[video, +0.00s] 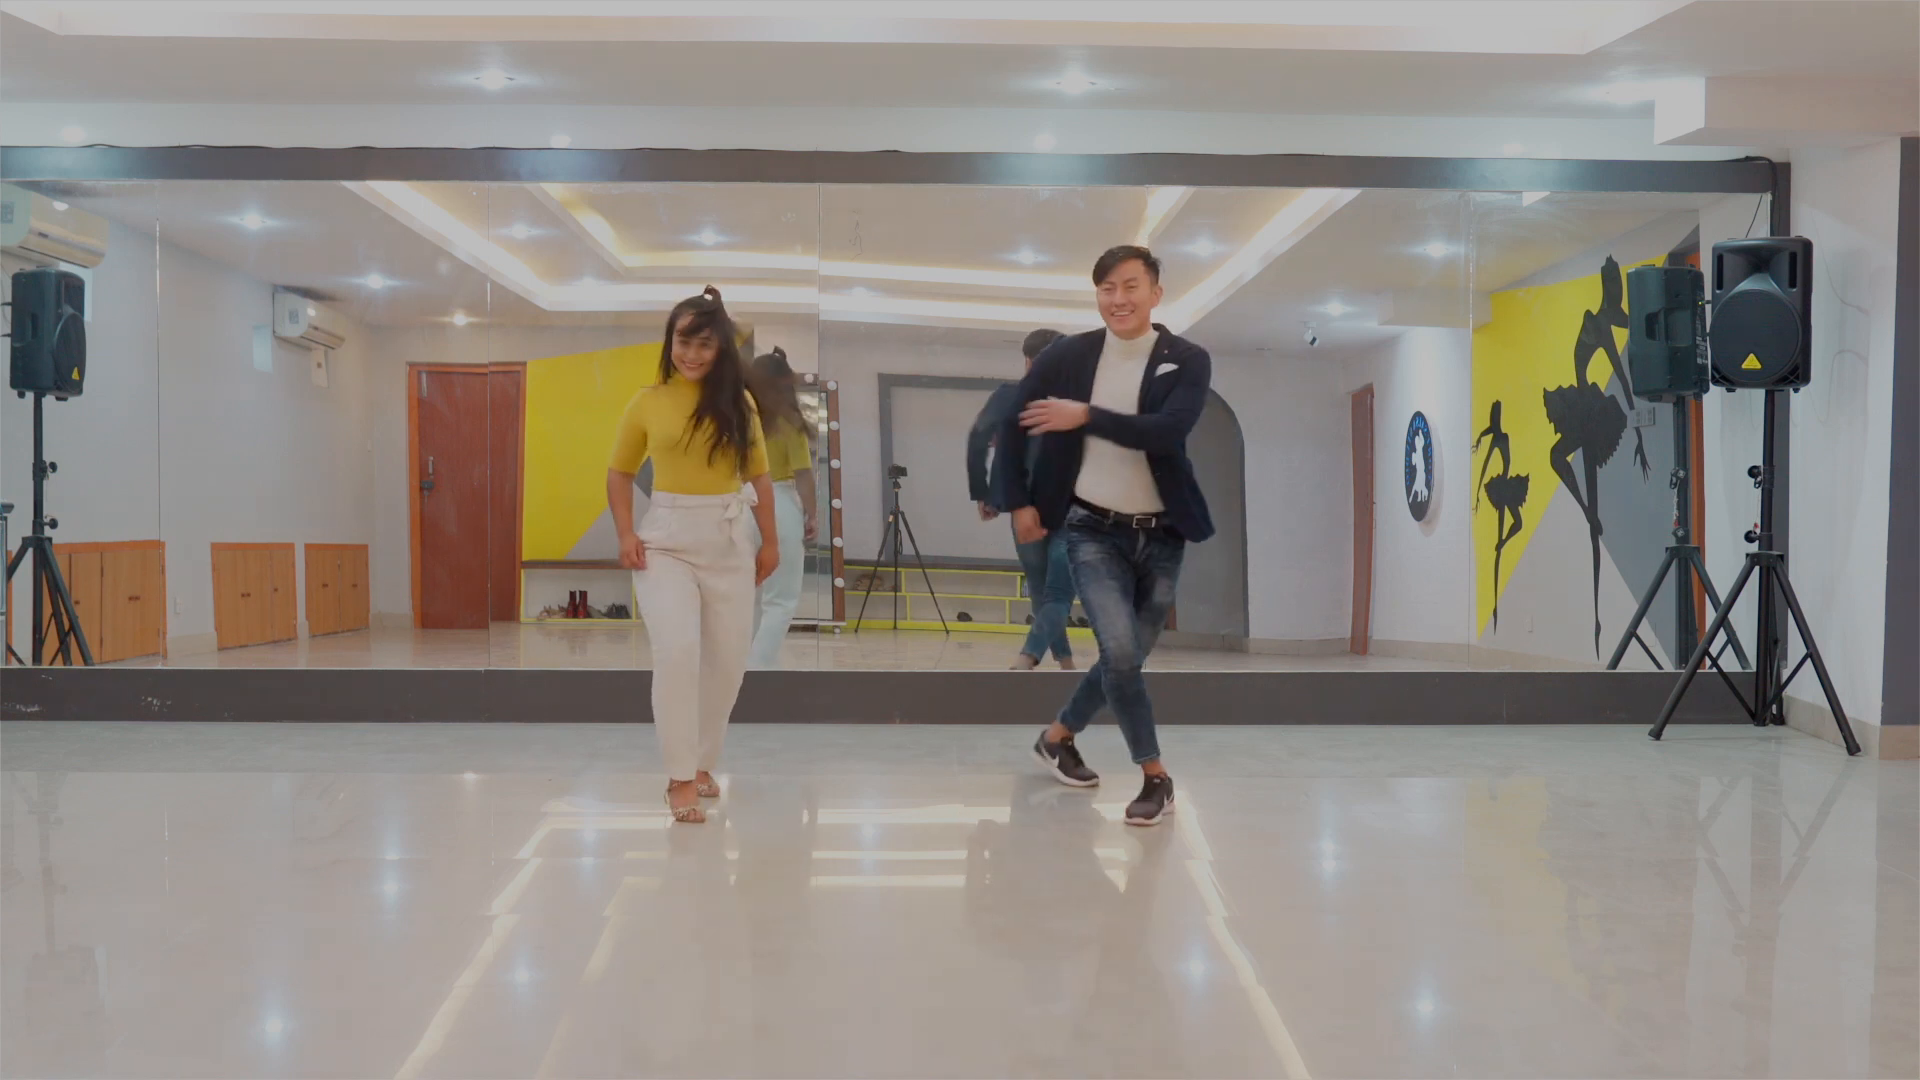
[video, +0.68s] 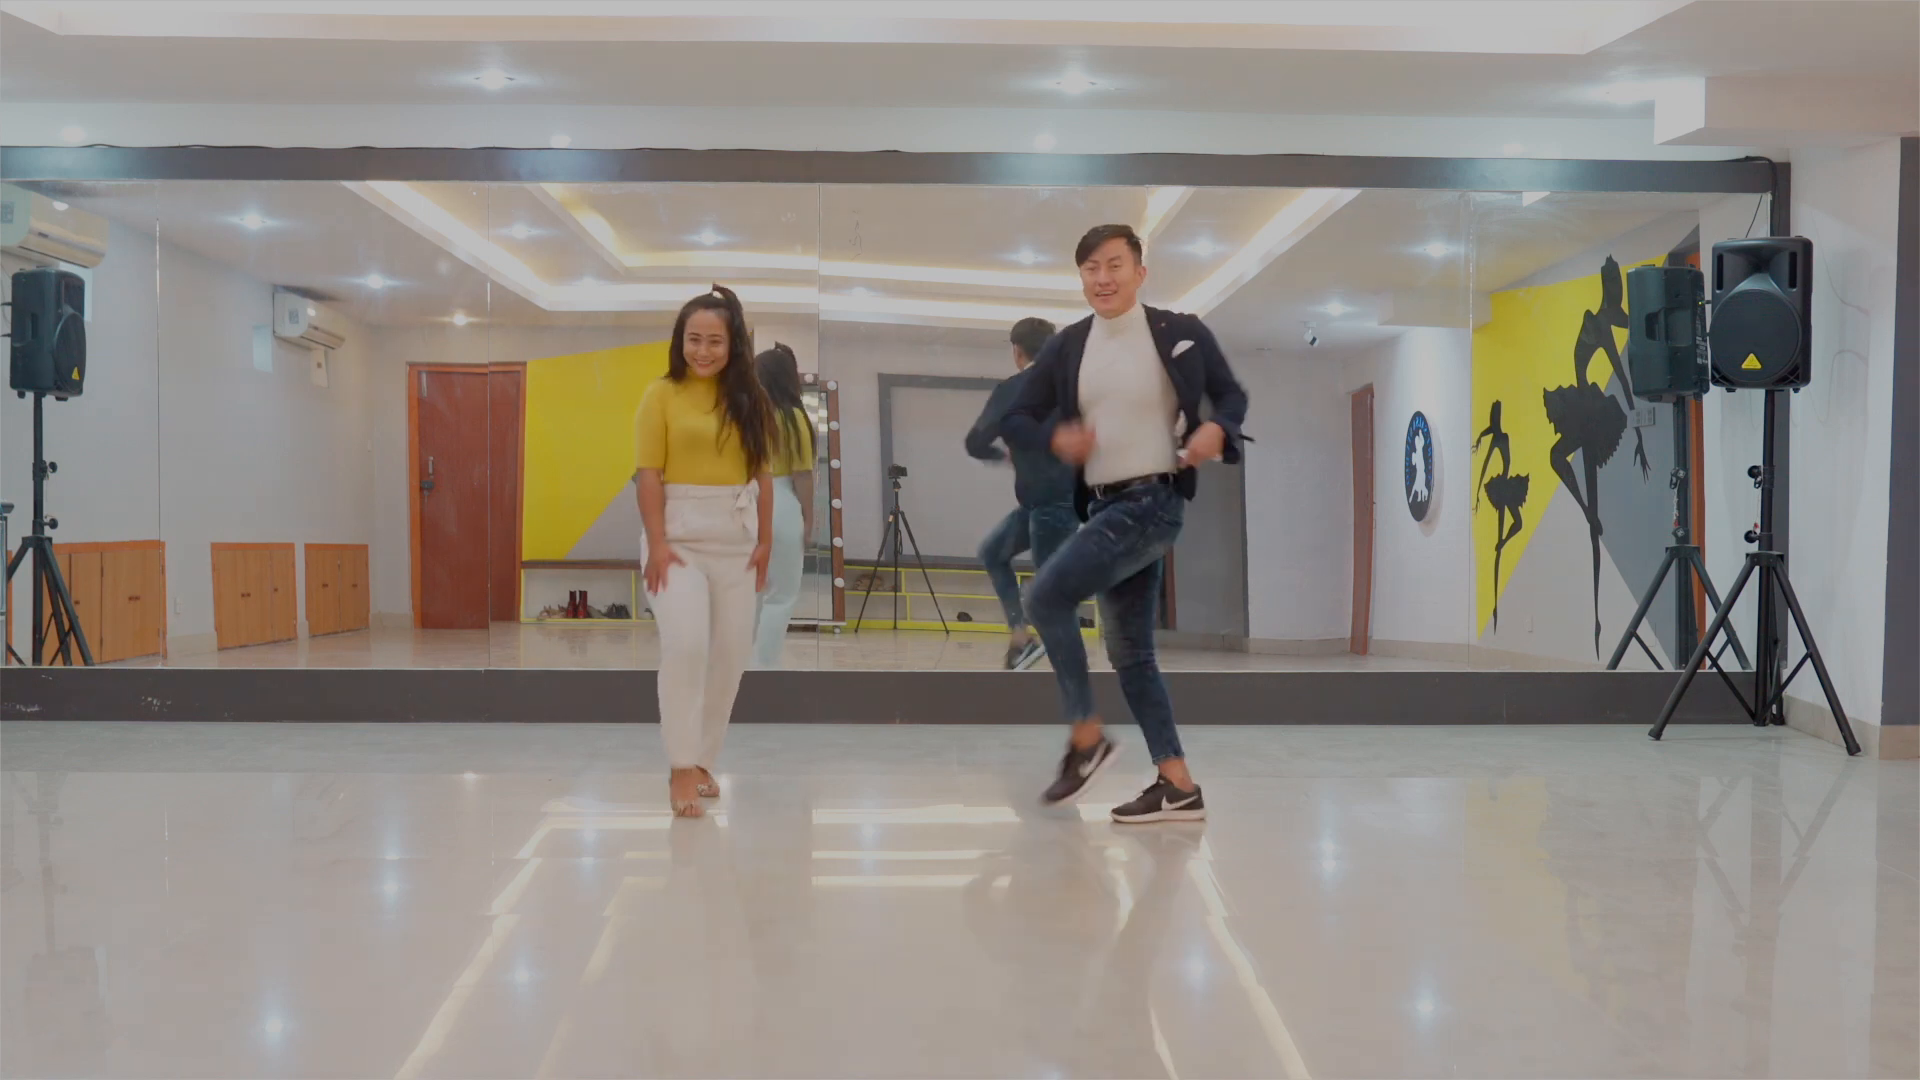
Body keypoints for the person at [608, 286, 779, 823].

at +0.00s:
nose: (691, 354)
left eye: (704, 345)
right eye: (683, 343)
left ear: (721, 349)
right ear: (670, 344)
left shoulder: (738, 403)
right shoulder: (649, 402)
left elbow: (761, 478)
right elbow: (619, 472)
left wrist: (771, 541)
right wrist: (626, 532)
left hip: (732, 543)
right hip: (666, 540)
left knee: (727, 659)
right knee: (677, 653)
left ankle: (703, 766)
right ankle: (681, 779)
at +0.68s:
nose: (703, 349)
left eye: (715, 341)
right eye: (694, 339)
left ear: (733, 345)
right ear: (681, 342)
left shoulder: (749, 399)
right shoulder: (662, 396)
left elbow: (764, 477)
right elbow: (649, 474)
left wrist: (765, 540)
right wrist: (655, 542)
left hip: (738, 536)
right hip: (678, 534)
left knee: (731, 652)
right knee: (685, 646)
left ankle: (701, 761)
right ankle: (683, 769)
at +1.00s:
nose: (717, 335)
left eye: (728, 325)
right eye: (707, 324)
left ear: (746, 328)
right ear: (693, 328)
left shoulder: (757, 382)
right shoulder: (682, 375)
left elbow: (781, 445)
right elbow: (625, 425)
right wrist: (671, 468)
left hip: (741, 522)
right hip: (692, 517)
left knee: (710, 644)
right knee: (757, 616)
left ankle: (687, 754)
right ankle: (681, 667)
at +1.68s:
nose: (763, 335)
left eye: (775, 326)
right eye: (754, 325)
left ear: (793, 332)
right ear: (740, 329)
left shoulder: (815, 382)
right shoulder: (723, 382)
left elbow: (871, 426)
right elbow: (653, 407)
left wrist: (850, 386)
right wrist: (692, 385)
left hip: (809, 522)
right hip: (744, 524)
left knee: (801, 621)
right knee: (762, 652)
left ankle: (801, 669)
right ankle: (779, 770)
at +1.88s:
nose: (769, 332)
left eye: (781, 323)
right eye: (759, 321)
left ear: (799, 328)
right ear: (745, 324)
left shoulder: (814, 375)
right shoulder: (726, 374)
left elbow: (881, 416)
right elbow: (654, 387)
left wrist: (853, 360)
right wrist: (692, 348)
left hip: (812, 512)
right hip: (751, 518)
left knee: (751, 573)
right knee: (767, 657)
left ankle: (808, 649)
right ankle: (800, 765)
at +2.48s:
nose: (734, 332)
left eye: (749, 327)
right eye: (729, 323)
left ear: (769, 349)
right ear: (714, 335)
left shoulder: (776, 404)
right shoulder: (683, 405)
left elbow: (808, 464)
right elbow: (659, 484)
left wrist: (840, 515)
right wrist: (598, 514)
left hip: (764, 551)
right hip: (697, 549)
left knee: (745, 675)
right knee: (679, 664)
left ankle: (720, 787)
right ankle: (690, 747)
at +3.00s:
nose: (780, 528)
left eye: (789, 524)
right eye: (781, 522)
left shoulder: (775, 486)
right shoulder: (682, 474)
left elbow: (757, 553)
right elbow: (641, 545)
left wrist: (760, 624)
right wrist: (668, 615)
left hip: (712, 593)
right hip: (646, 588)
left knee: (768, 689)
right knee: (667, 679)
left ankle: (710, 785)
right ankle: (673, 804)